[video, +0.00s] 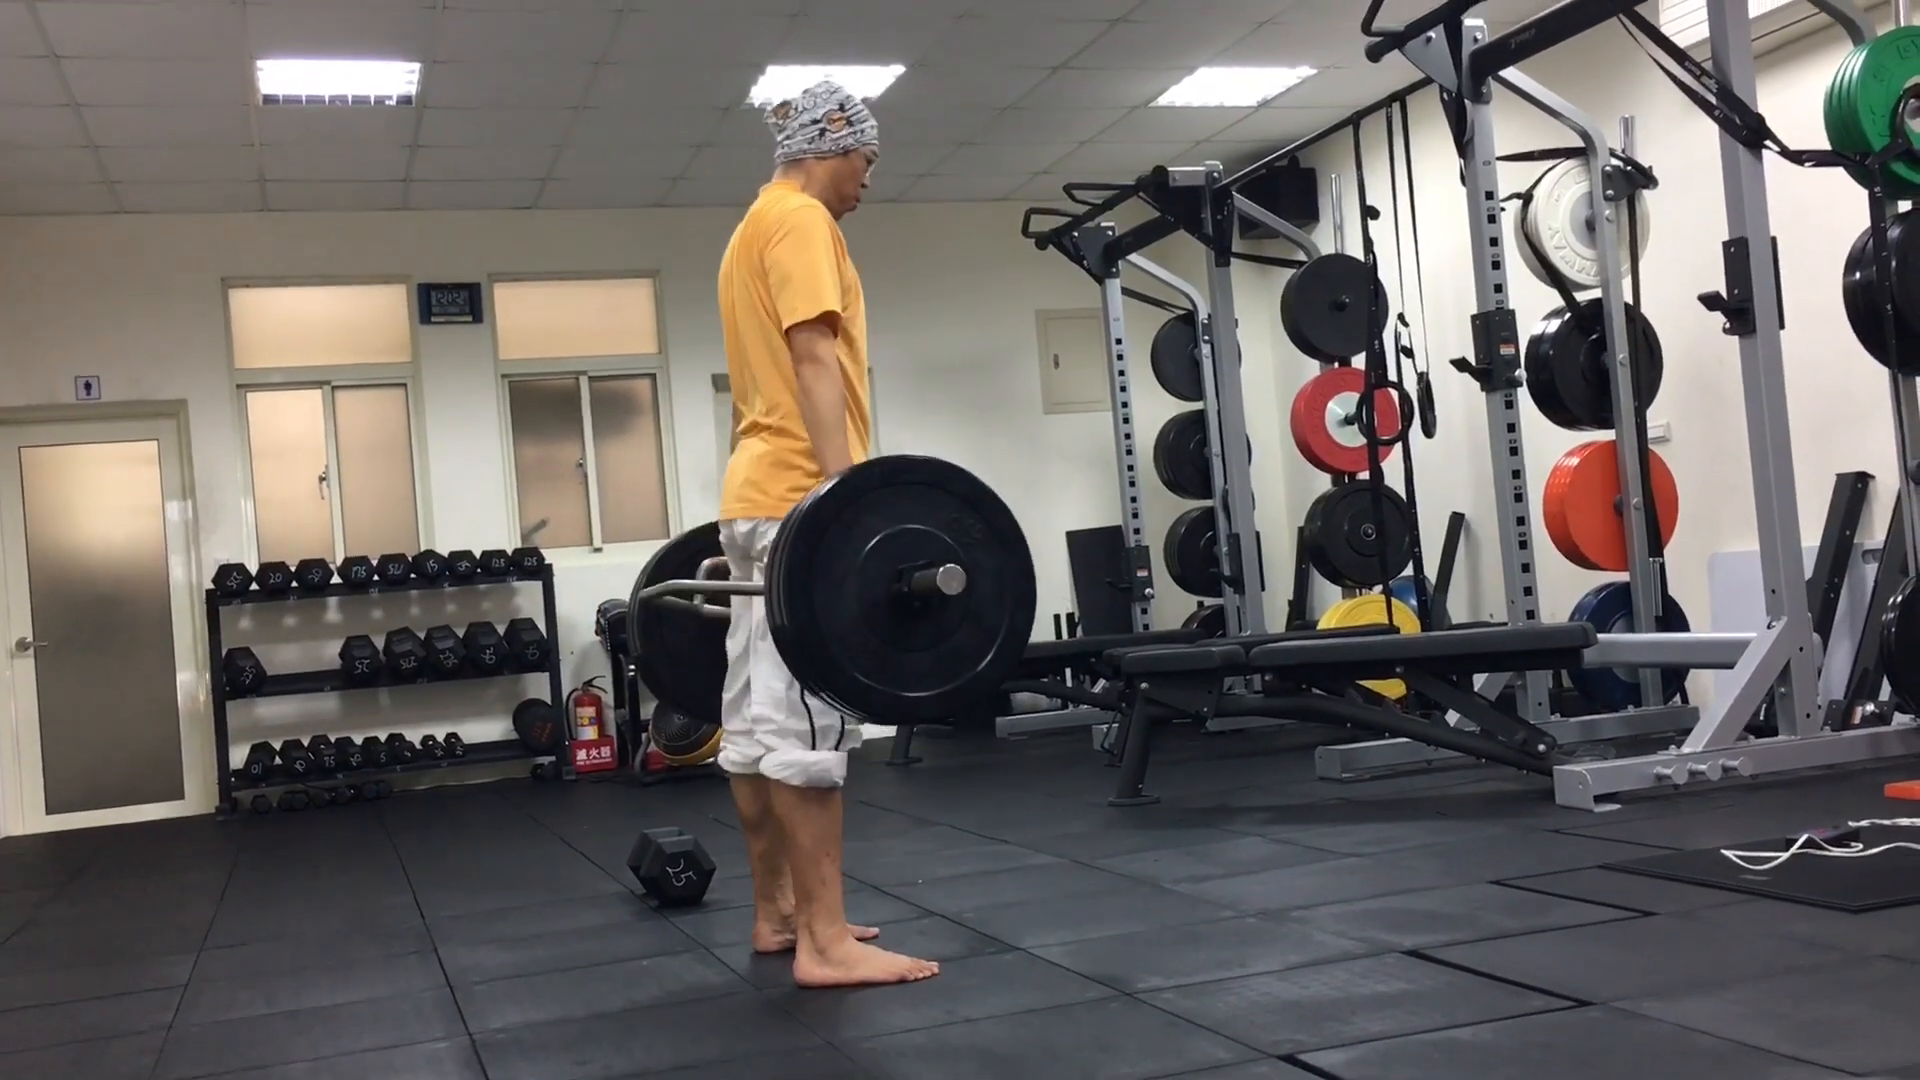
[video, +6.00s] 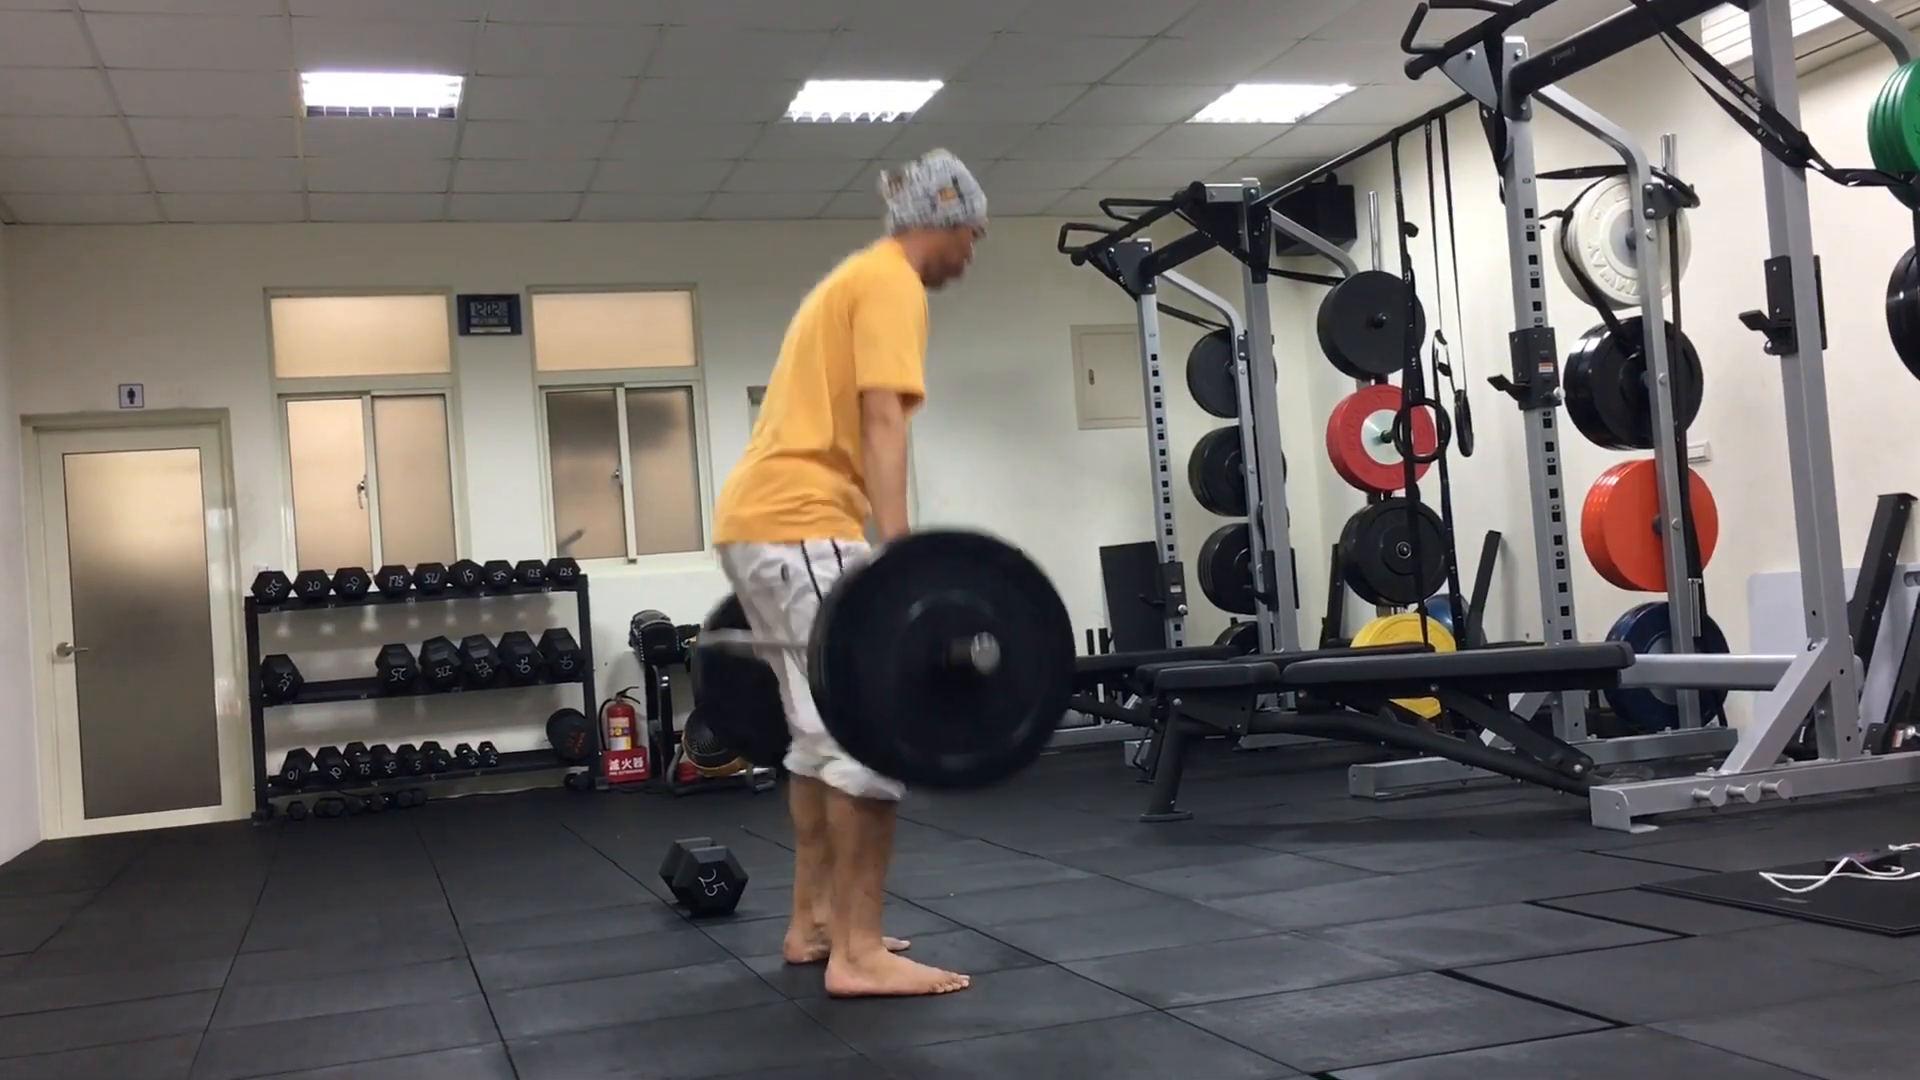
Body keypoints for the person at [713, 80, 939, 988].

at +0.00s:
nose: (869, 180)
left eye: (870, 164)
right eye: (863, 162)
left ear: (795, 155)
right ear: (828, 151)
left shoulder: (754, 230)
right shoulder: (797, 220)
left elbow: (759, 385)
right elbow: (815, 359)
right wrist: (843, 496)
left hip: (755, 501)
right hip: (801, 502)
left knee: (756, 717)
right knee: (807, 716)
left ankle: (778, 912)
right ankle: (827, 940)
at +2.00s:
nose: (937, 220)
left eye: (940, 204)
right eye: (935, 202)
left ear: (869, 187)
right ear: (904, 190)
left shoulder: (818, 256)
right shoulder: (853, 254)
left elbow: (794, 401)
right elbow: (844, 391)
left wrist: (836, 531)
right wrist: (873, 536)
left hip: (758, 526)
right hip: (800, 528)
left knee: (781, 741)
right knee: (829, 742)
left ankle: (804, 936)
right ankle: (851, 964)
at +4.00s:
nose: (970, 269)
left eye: (972, 252)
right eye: (969, 250)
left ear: (906, 235)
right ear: (941, 240)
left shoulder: (846, 301)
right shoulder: (882, 306)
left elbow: (837, 457)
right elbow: (878, 455)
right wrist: (896, 598)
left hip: (735, 532)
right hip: (779, 533)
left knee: (818, 724)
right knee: (873, 718)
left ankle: (806, 922)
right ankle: (852, 954)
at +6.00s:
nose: (969, 258)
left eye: (975, 243)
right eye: (971, 239)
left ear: (913, 222)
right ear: (938, 223)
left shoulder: (850, 282)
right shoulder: (887, 281)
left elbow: (809, 432)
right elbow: (882, 420)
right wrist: (900, 558)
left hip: (758, 527)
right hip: (805, 526)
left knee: (817, 730)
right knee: (866, 726)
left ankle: (814, 922)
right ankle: (859, 951)